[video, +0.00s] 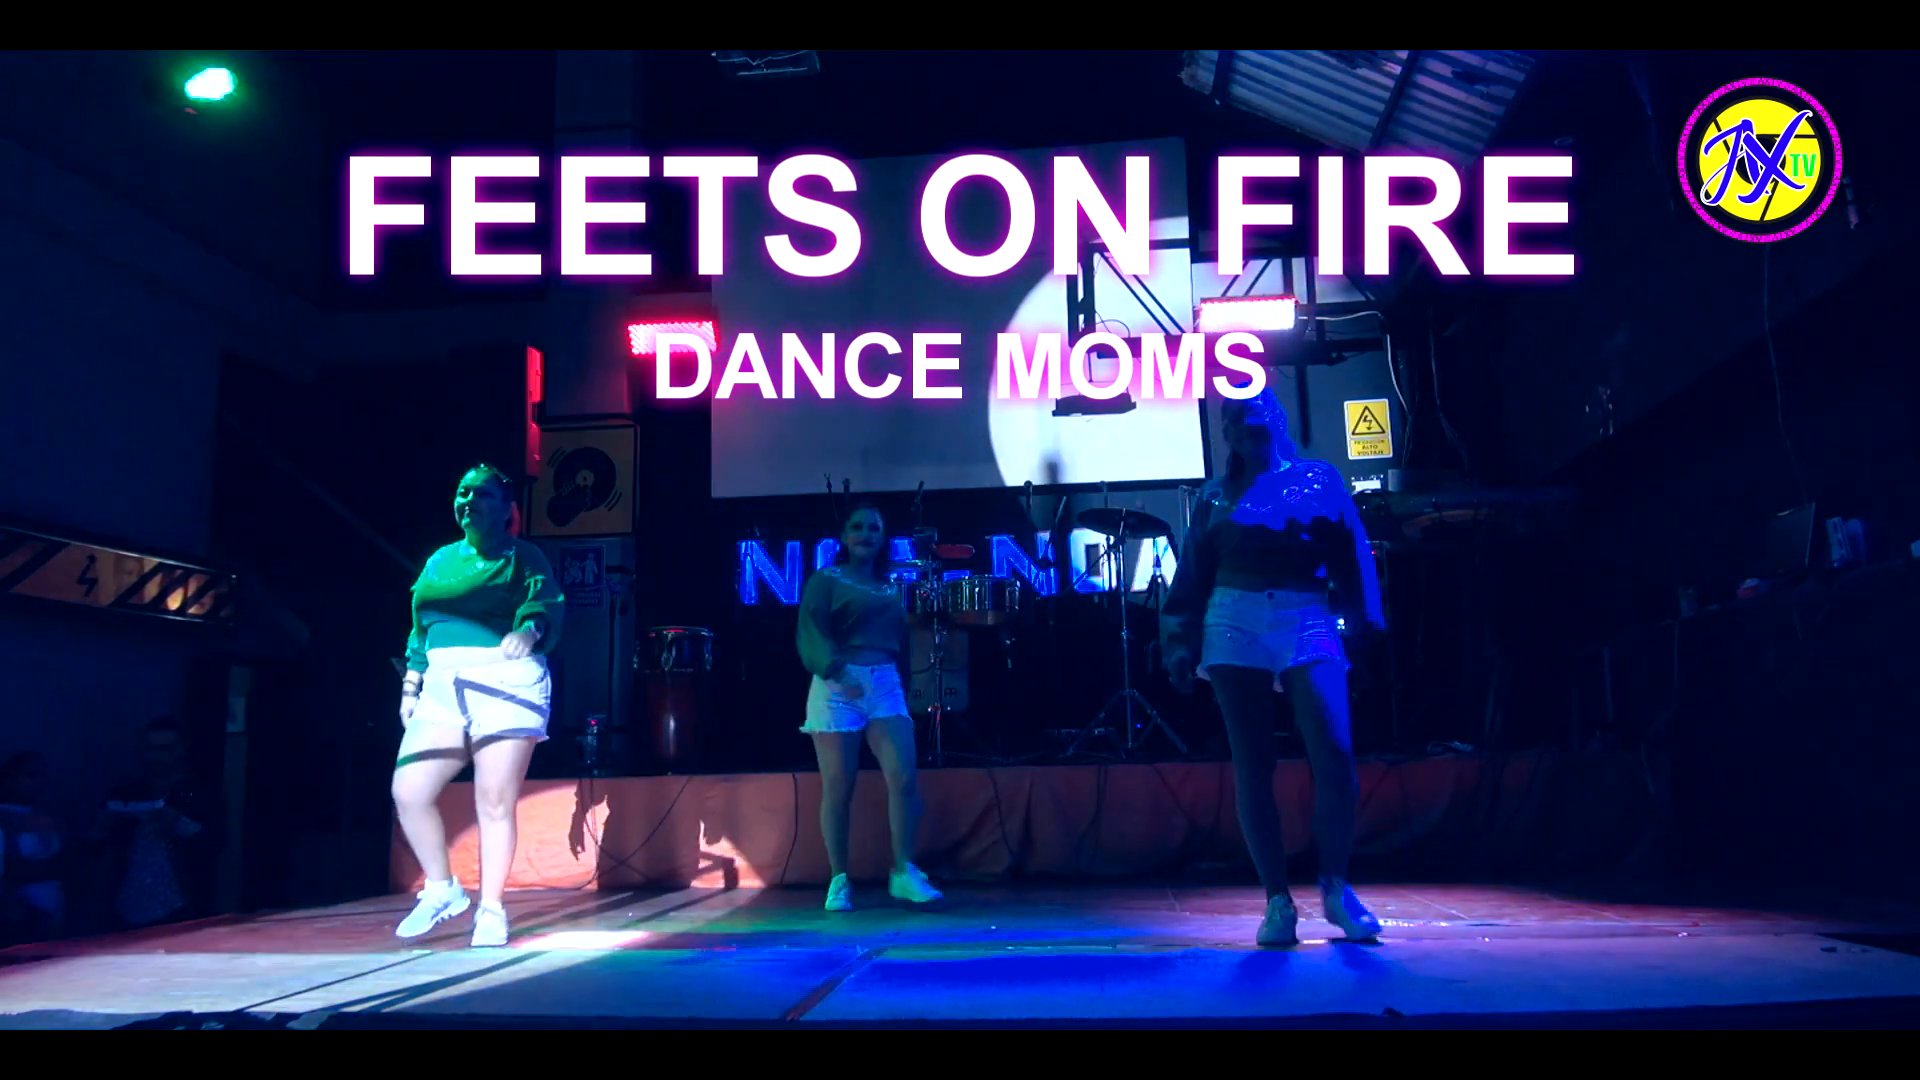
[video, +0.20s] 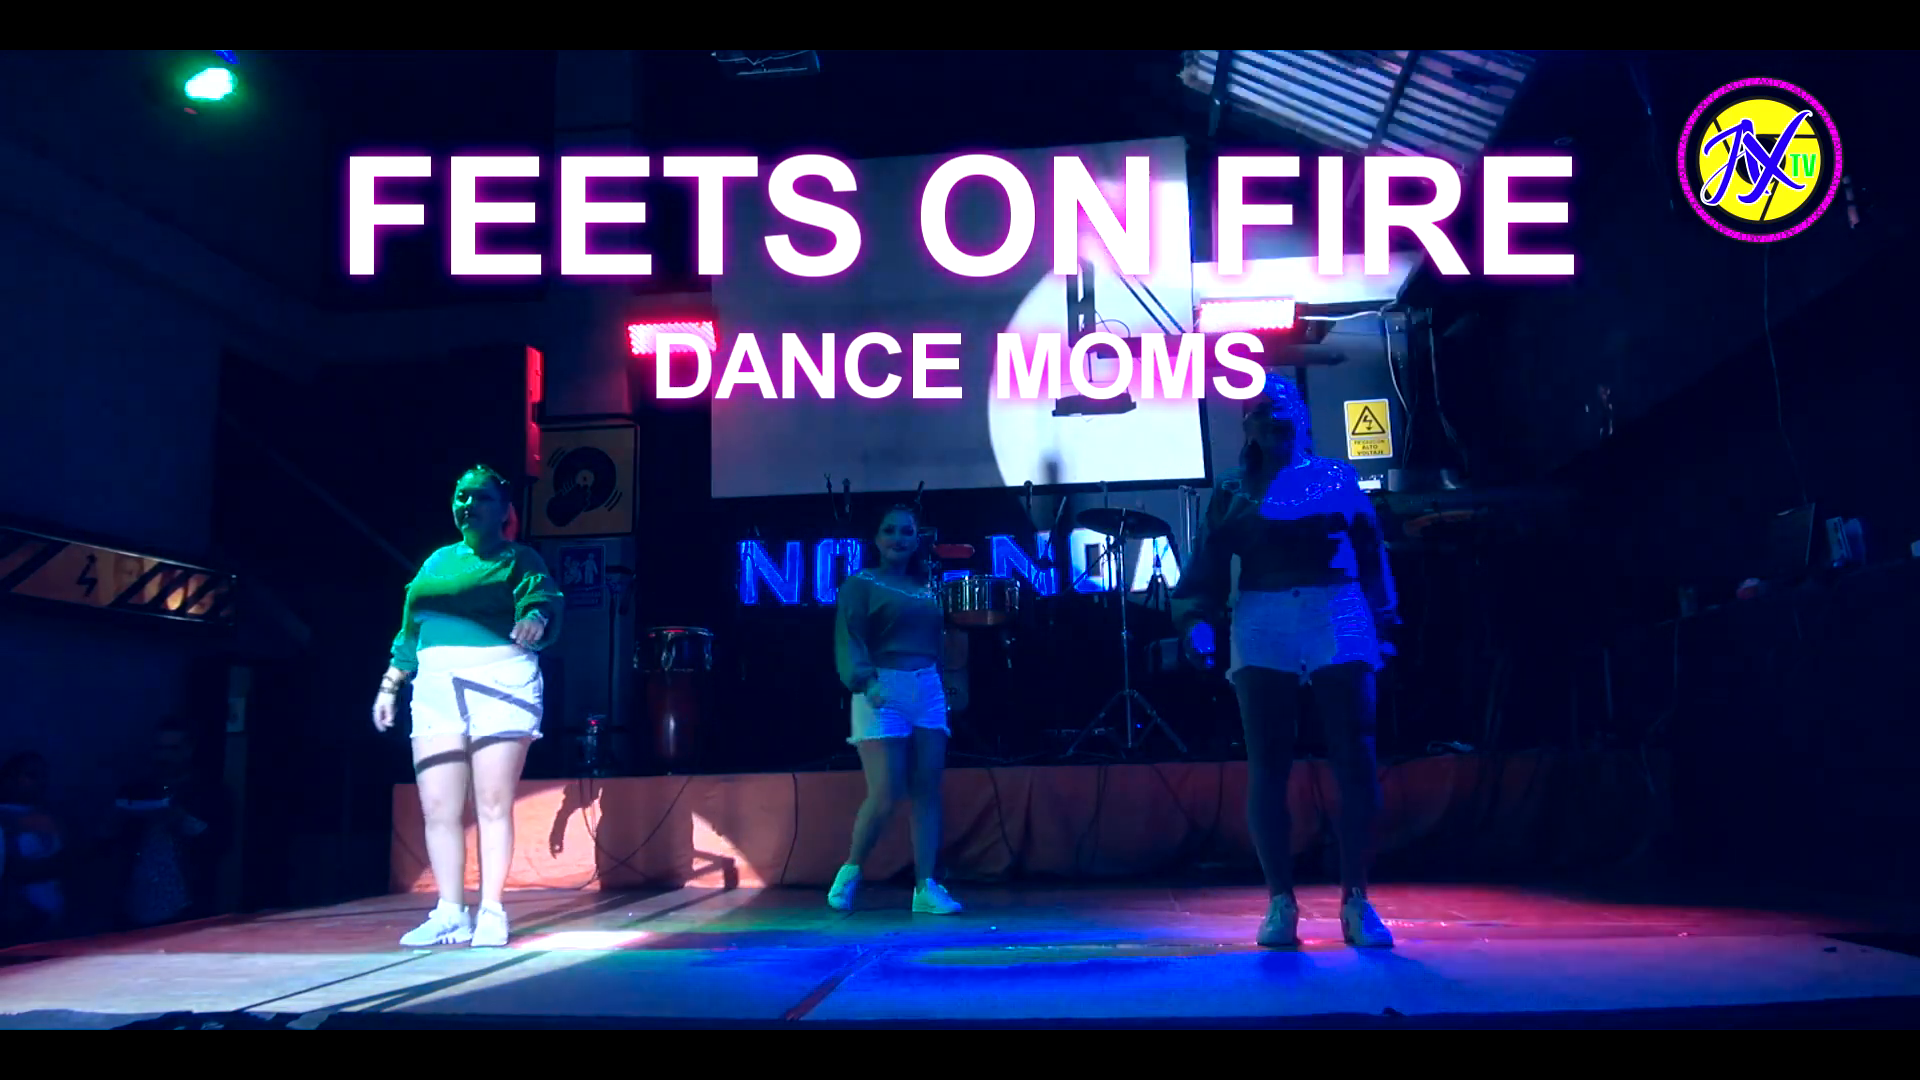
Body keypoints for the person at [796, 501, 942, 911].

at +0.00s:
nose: (866, 534)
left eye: (873, 528)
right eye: (858, 527)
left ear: (883, 536)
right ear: (844, 534)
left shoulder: (892, 586)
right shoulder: (825, 581)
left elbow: (902, 641)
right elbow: (808, 635)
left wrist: (903, 686)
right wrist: (834, 671)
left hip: (885, 683)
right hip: (835, 685)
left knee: (903, 776)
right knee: (837, 785)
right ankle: (839, 879)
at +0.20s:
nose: (898, 538)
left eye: (906, 532)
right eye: (890, 531)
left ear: (917, 539)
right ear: (876, 537)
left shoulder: (925, 588)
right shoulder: (860, 584)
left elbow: (935, 646)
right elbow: (849, 637)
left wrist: (943, 690)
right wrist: (862, 678)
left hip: (928, 690)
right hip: (881, 689)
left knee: (927, 791)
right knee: (884, 795)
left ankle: (926, 887)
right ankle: (853, 870)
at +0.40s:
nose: (920, 536)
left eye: (928, 529)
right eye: (911, 530)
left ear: (941, 535)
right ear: (900, 537)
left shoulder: (960, 591)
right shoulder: (886, 586)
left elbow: (989, 646)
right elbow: (860, 644)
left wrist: (1023, 671)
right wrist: (847, 698)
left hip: (954, 690)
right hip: (904, 689)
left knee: (947, 782)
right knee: (952, 763)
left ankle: (931, 882)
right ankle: (912, 848)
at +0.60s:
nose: (933, 522)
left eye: (939, 514)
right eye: (923, 518)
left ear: (953, 520)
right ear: (912, 531)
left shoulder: (985, 572)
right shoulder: (905, 582)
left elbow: (1022, 612)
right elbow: (872, 638)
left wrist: (1051, 650)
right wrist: (849, 689)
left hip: (975, 683)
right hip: (924, 684)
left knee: (952, 789)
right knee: (956, 789)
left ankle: (930, 881)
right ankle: (983, 884)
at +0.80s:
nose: (954, 517)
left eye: (958, 510)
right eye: (942, 516)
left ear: (971, 520)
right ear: (931, 535)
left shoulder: (1004, 573)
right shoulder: (922, 580)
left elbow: (1029, 636)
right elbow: (901, 641)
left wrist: (1038, 693)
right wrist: (889, 699)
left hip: (994, 682)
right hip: (935, 684)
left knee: (1001, 791)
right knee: (958, 793)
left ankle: (961, 842)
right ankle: (988, 889)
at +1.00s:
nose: (971, 514)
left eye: (976, 506)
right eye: (959, 510)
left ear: (990, 516)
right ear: (947, 527)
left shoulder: (1015, 571)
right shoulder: (932, 576)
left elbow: (1041, 637)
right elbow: (910, 629)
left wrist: (1056, 692)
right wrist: (912, 659)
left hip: (997, 676)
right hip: (938, 677)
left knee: (967, 757)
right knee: (960, 793)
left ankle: (1021, 809)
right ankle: (990, 887)